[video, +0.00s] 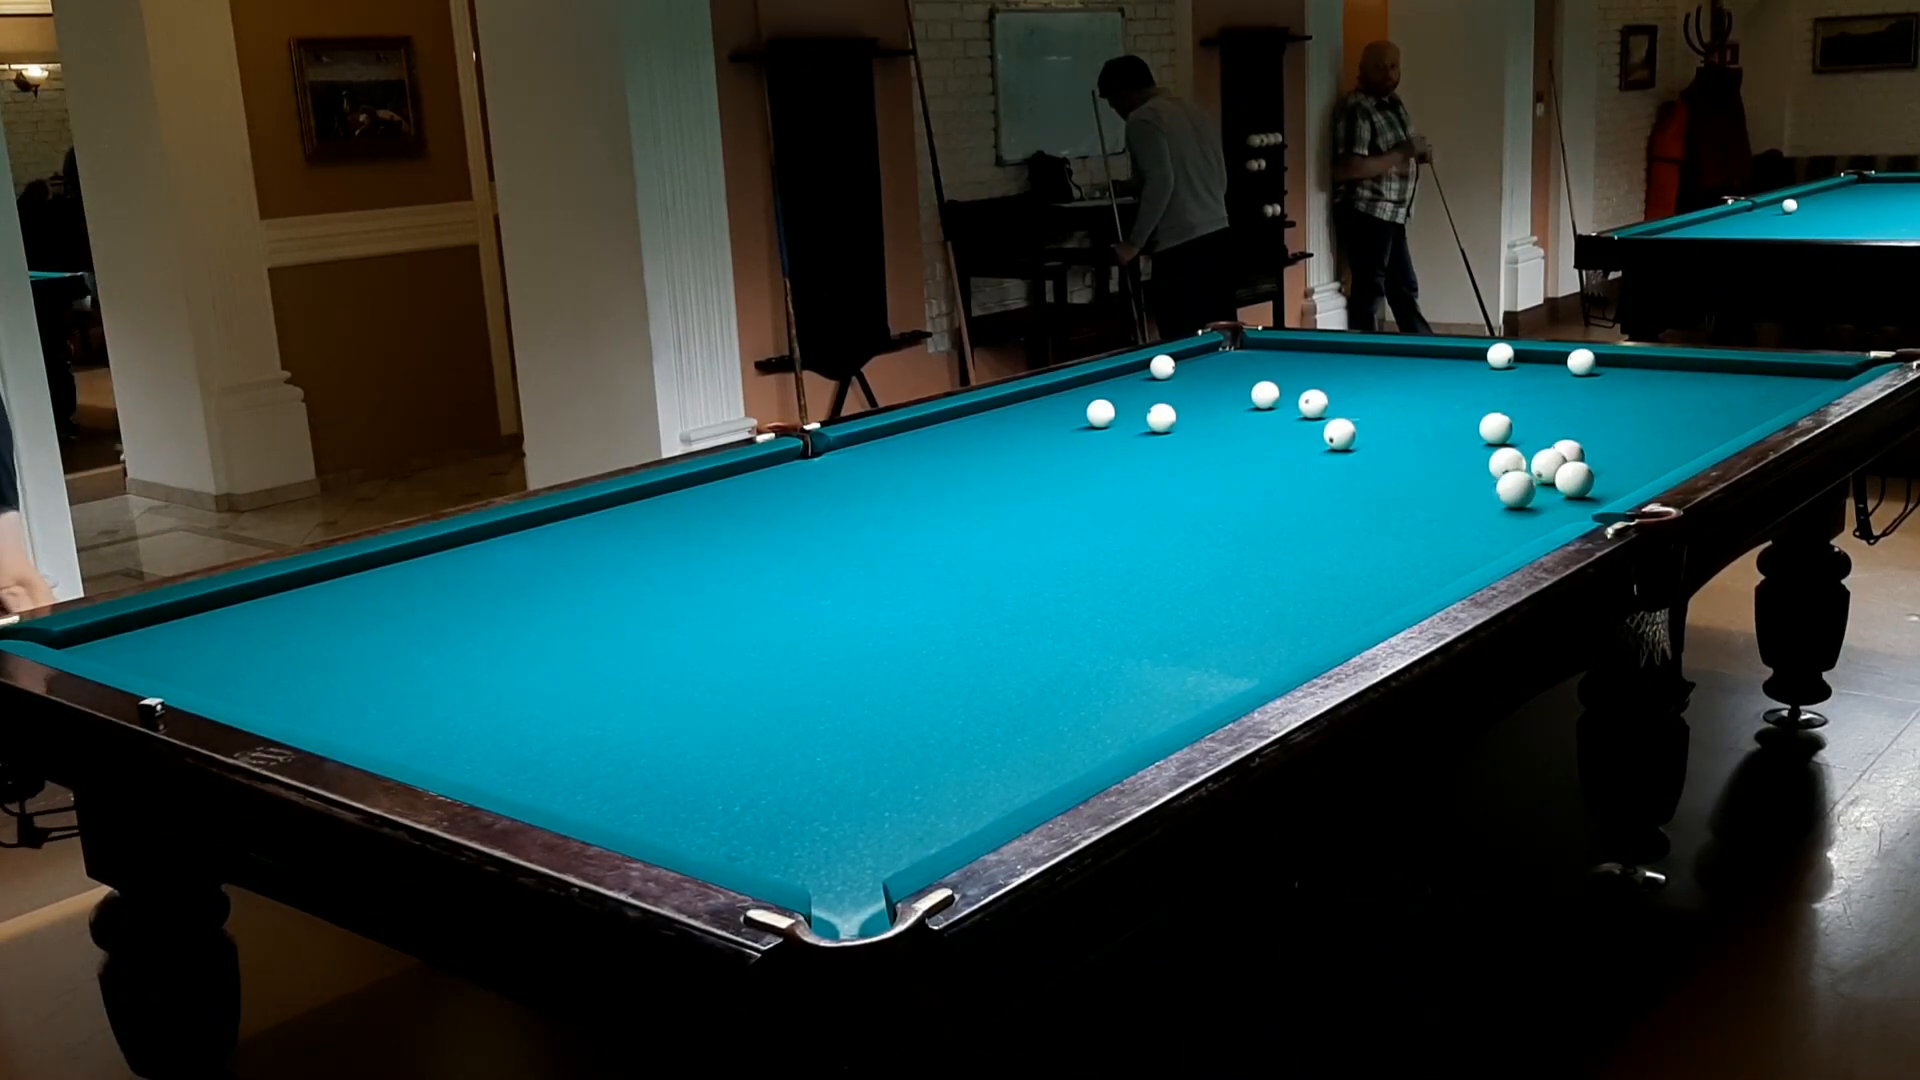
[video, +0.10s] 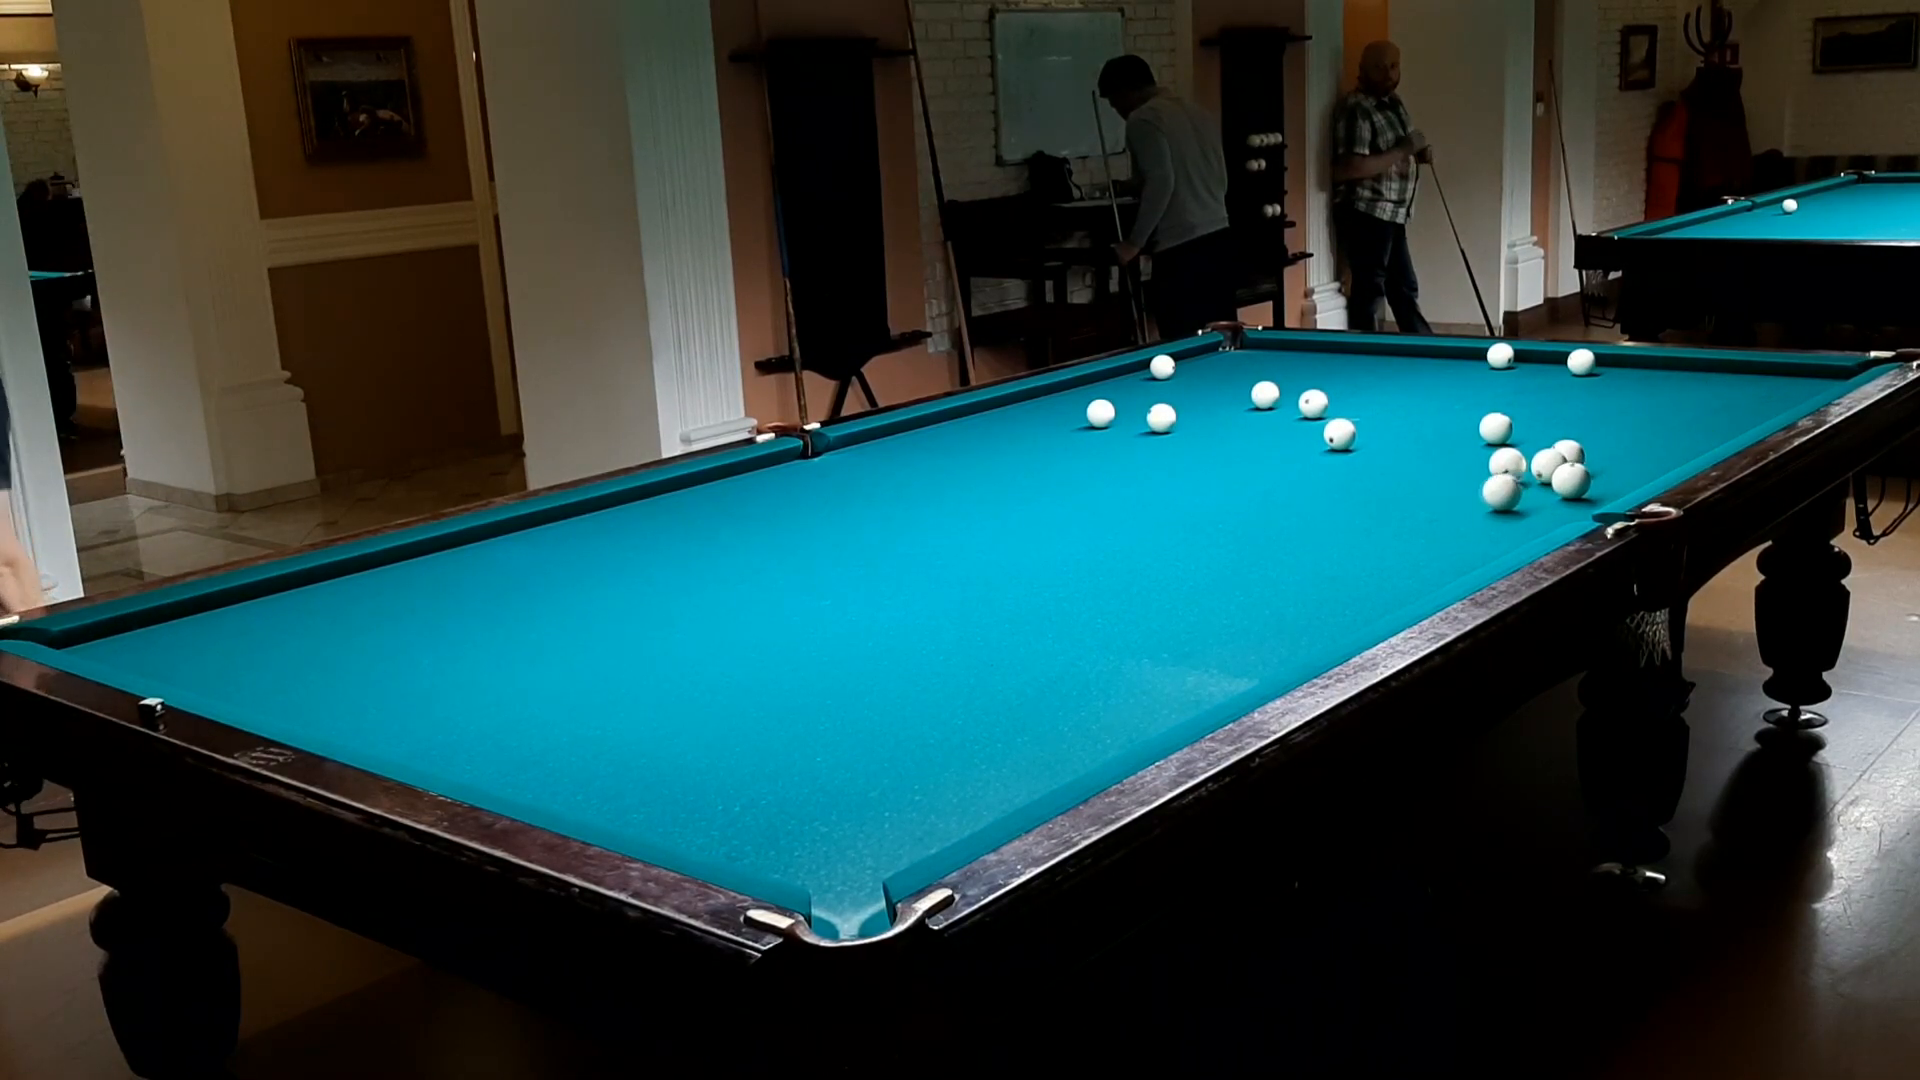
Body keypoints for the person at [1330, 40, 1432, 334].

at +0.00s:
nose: (1393, 74)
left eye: (1396, 67)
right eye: (1386, 67)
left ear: (1399, 68)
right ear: (1367, 69)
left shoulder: (1393, 104)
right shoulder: (1355, 107)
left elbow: (1391, 153)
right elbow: (1350, 167)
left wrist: (1417, 154)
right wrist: (1398, 156)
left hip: (1390, 216)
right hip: (1364, 215)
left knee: (1404, 289)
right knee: (1366, 292)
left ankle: (1425, 352)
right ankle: (1363, 358)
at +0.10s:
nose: (1394, 74)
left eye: (1396, 67)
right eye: (1386, 68)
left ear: (1399, 68)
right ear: (1367, 69)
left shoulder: (1393, 104)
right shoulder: (1355, 107)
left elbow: (1390, 154)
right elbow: (1351, 167)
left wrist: (1417, 155)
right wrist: (1401, 152)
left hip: (1390, 217)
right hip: (1363, 215)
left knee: (1404, 289)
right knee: (1366, 292)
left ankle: (1425, 352)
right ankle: (1363, 358)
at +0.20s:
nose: (1394, 74)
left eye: (1396, 66)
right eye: (1386, 68)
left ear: (1399, 66)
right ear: (1366, 70)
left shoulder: (1394, 104)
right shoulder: (1355, 107)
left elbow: (1389, 157)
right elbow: (1352, 167)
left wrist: (1417, 156)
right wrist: (1402, 150)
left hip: (1390, 217)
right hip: (1364, 216)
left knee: (1404, 290)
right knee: (1367, 293)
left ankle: (1426, 353)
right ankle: (1363, 360)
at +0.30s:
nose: (1393, 74)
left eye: (1396, 66)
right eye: (1385, 68)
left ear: (1400, 67)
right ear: (1366, 70)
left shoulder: (1394, 103)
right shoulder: (1356, 107)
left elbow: (1388, 156)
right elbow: (1353, 167)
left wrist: (1417, 156)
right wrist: (1403, 150)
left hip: (1390, 217)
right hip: (1364, 216)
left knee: (1404, 290)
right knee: (1367, 294)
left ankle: (1425, 352)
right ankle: (1363, 360)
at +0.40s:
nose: (1393, 74)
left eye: (1396, 66)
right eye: (1384, 68)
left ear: (1400, 66)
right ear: (1366, 70)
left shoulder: (1394, 103)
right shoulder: (1355, 106)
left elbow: (1388, 157)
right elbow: (1352, 167)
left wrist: (1417, 156)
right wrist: (1403, 151)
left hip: (1390, 217)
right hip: (1364, 216)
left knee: (1404, 290)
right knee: (1367, 294)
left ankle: (1426, 353)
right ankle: (1363, 360)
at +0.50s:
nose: (1393, 74)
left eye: (1396, 66)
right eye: (1384, 68)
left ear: (1400, 66)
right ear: (1365, 69)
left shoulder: (1394, 104)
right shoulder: (1355, 106)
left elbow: (1389, 156)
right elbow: (1352, 167)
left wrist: (1416, 154)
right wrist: (1403, 152)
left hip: (1390, 217)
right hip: (1364, 216)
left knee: (1404, 290)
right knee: (1367, 293)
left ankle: (1426, 352)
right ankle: (1363, 360)